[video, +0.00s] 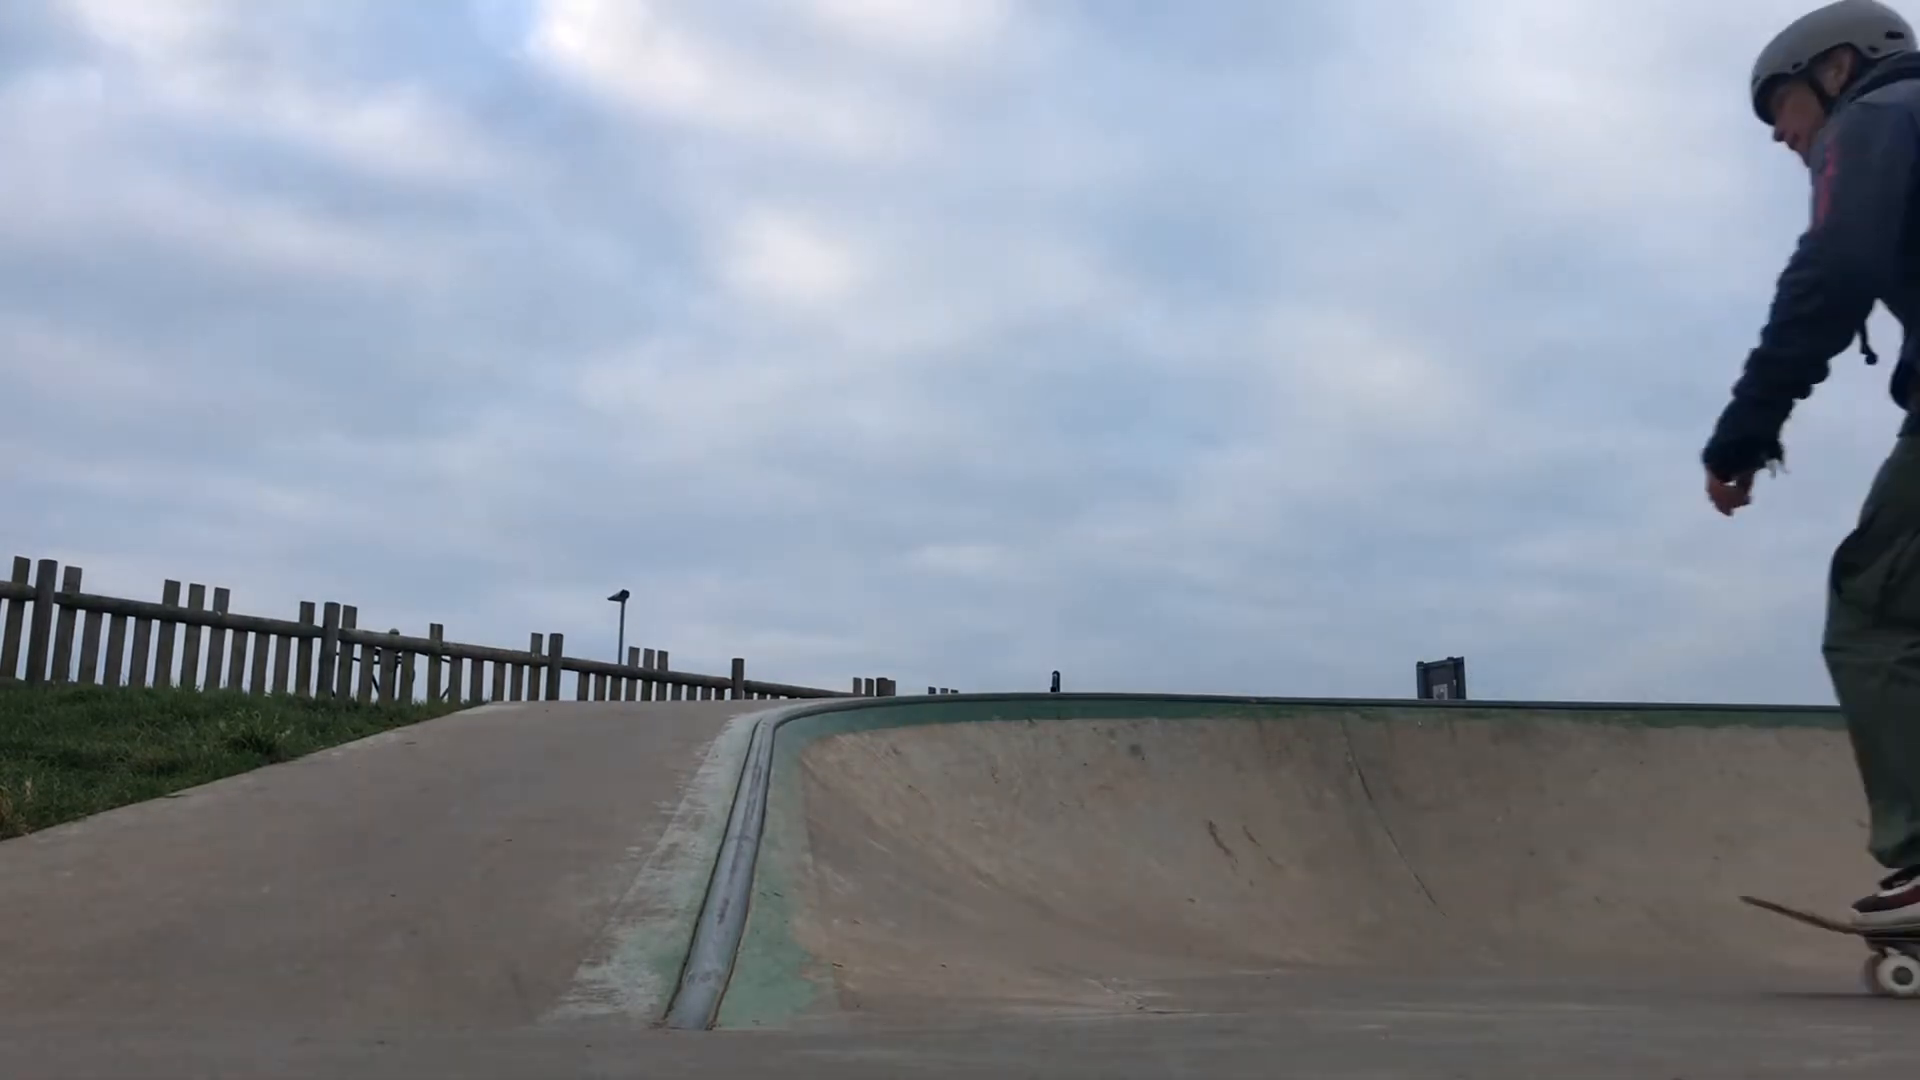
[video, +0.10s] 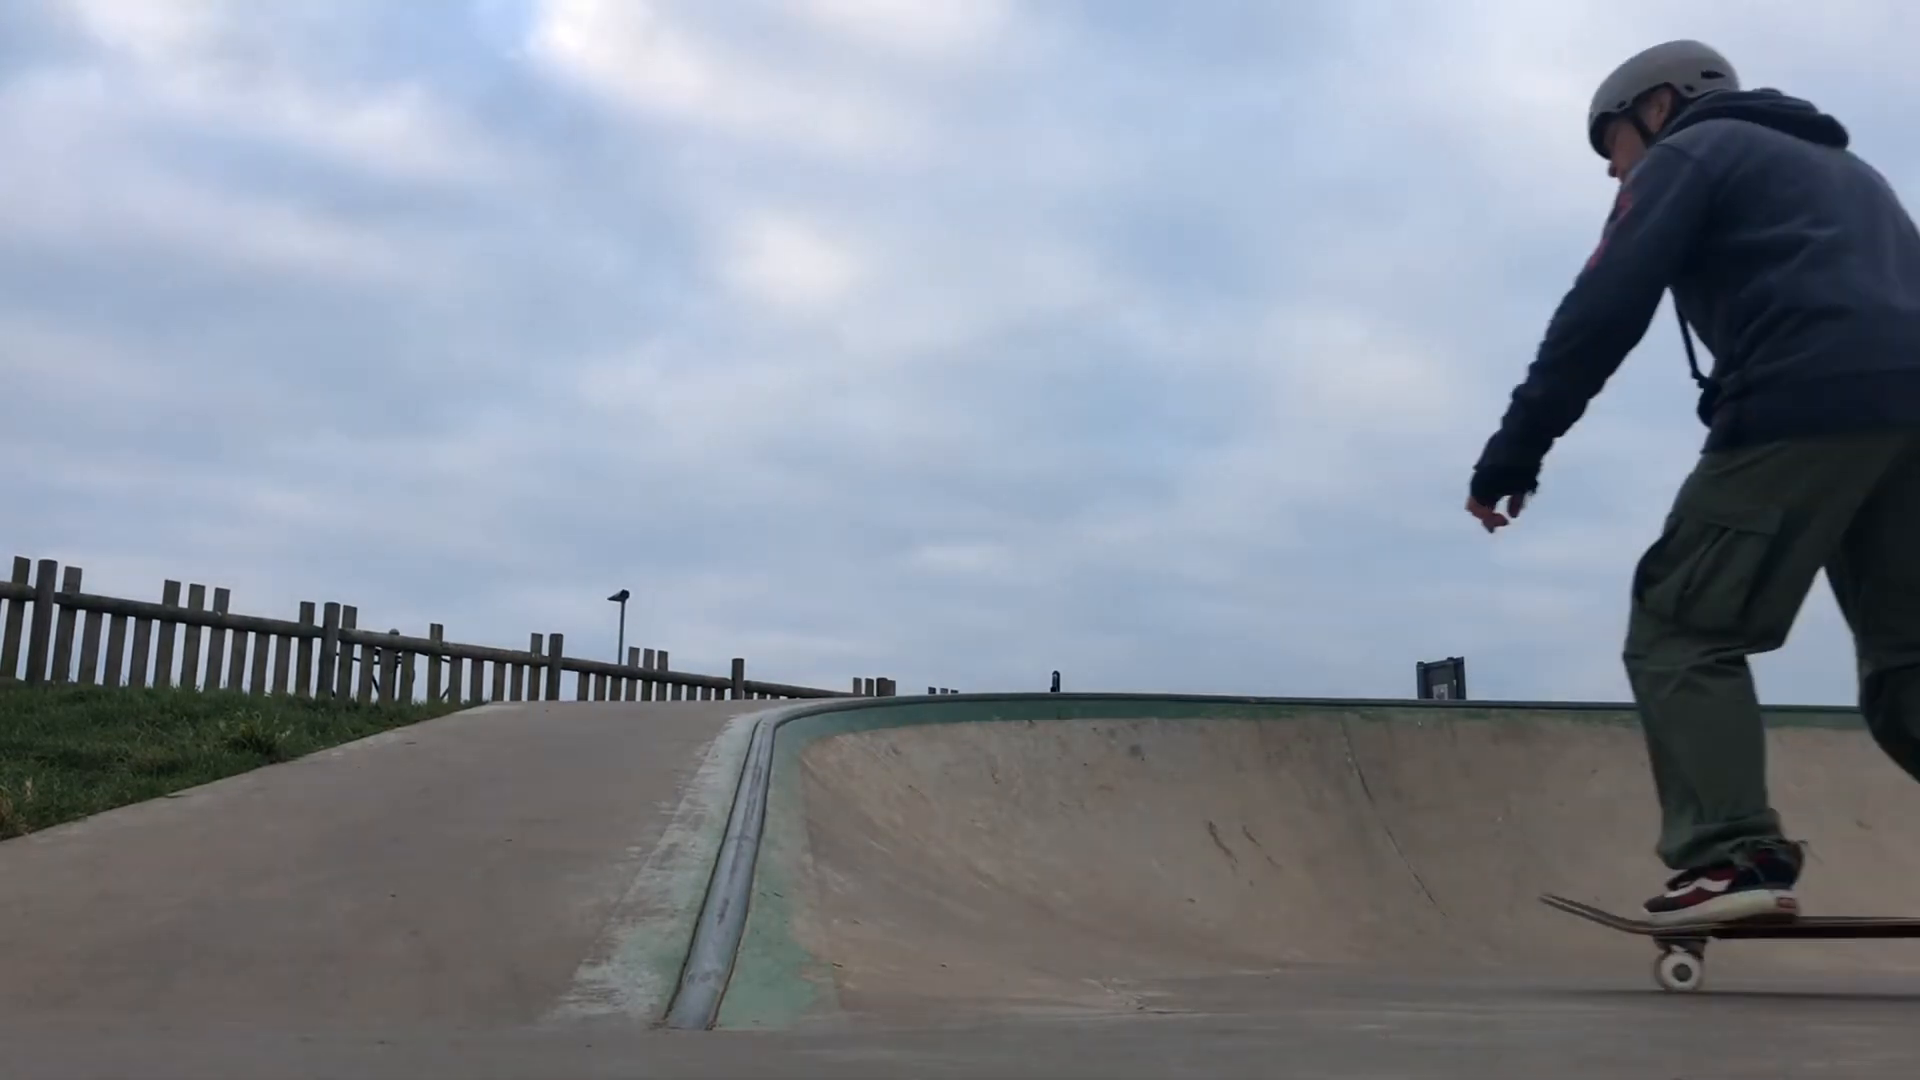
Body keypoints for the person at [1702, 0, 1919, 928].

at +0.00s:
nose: (1780, 134)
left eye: (1779, 108)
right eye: (1772, 119)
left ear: (1838, 69)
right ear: (1851, 72)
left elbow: (1828, 283)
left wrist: (1741, 435)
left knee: (1872, 607)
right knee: (1880, 603)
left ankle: (1914, 857)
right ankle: (1911, 857)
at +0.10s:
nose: (1615, 172)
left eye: (1614, 147)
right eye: (1609, 156)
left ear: (1659, 107)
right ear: (1687, 104)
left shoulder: (1688, 155)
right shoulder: (1843, 166)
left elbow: (1599, 312)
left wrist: (1512, 453)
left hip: (1807, 393)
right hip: (1909, 395)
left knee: (1682, 628)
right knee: (1903, 670)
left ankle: (1735, 856)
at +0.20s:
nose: (1471, 190)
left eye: (1472, 172)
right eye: (1466, 178)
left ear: (1504, 138)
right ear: (1571, 131)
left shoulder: (1507, 194)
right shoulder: (1680, 201)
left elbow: (1410, 348)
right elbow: (1810, 327)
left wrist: (1352, 476)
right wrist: (1864, 450)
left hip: (1611, 417)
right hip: (1750, 423)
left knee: (1494, 639)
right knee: (1712, 663)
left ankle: (1517, 857)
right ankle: (1839, 848)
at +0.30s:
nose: (1346, 195)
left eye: (1348, 184)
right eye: (1347, 186)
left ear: (1369, 169)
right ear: (1450, 156)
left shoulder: (1349, 229)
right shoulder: (1539, 224)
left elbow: (1274, 377)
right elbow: (1685, 306)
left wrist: (1270, 496)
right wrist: (1789, 398)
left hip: (1417, 440)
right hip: (1553, 445)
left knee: (1309, 648)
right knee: (1514, 669)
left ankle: (1302, 854)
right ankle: (1598, 854)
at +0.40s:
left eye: (1260, 180)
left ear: (1261, 179)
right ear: (1354, 173)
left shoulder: (1220, 248)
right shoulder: (1412, 226)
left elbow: (1158, 402)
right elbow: (1572, 257)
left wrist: (1198, 482)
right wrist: (1697, 318)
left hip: (1231, 444)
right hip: (1358, 456)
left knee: (1137, 645)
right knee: (1330, 663)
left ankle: (1074, 839)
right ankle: (1342, 860)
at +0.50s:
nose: (1271, 205)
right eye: (1273, 195)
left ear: (1184, 187)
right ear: (1265, 189)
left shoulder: (1130, 248)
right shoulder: (1289, 222)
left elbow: (1041, 379)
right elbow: (1429, 226)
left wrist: (1078, 437)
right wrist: (1555, 271)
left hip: (1084, 425)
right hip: (1198, 440)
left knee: (1001, 613)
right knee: (1160, 660)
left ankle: (863, 746)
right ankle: (1065, 858)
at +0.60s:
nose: (1199, 230)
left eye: (1186, 224)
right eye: (1197, 222)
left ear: (1119, 213)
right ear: (1183, 217)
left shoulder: (1056, 260)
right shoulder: (1190, 243)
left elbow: (953, 350)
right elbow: (1301, 261)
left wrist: (955, 425)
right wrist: (1426, 321)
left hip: (973, 398)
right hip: (1067, 415)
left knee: (934, 596)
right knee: (1021, 643)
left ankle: (780, 706)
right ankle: (875, 767)